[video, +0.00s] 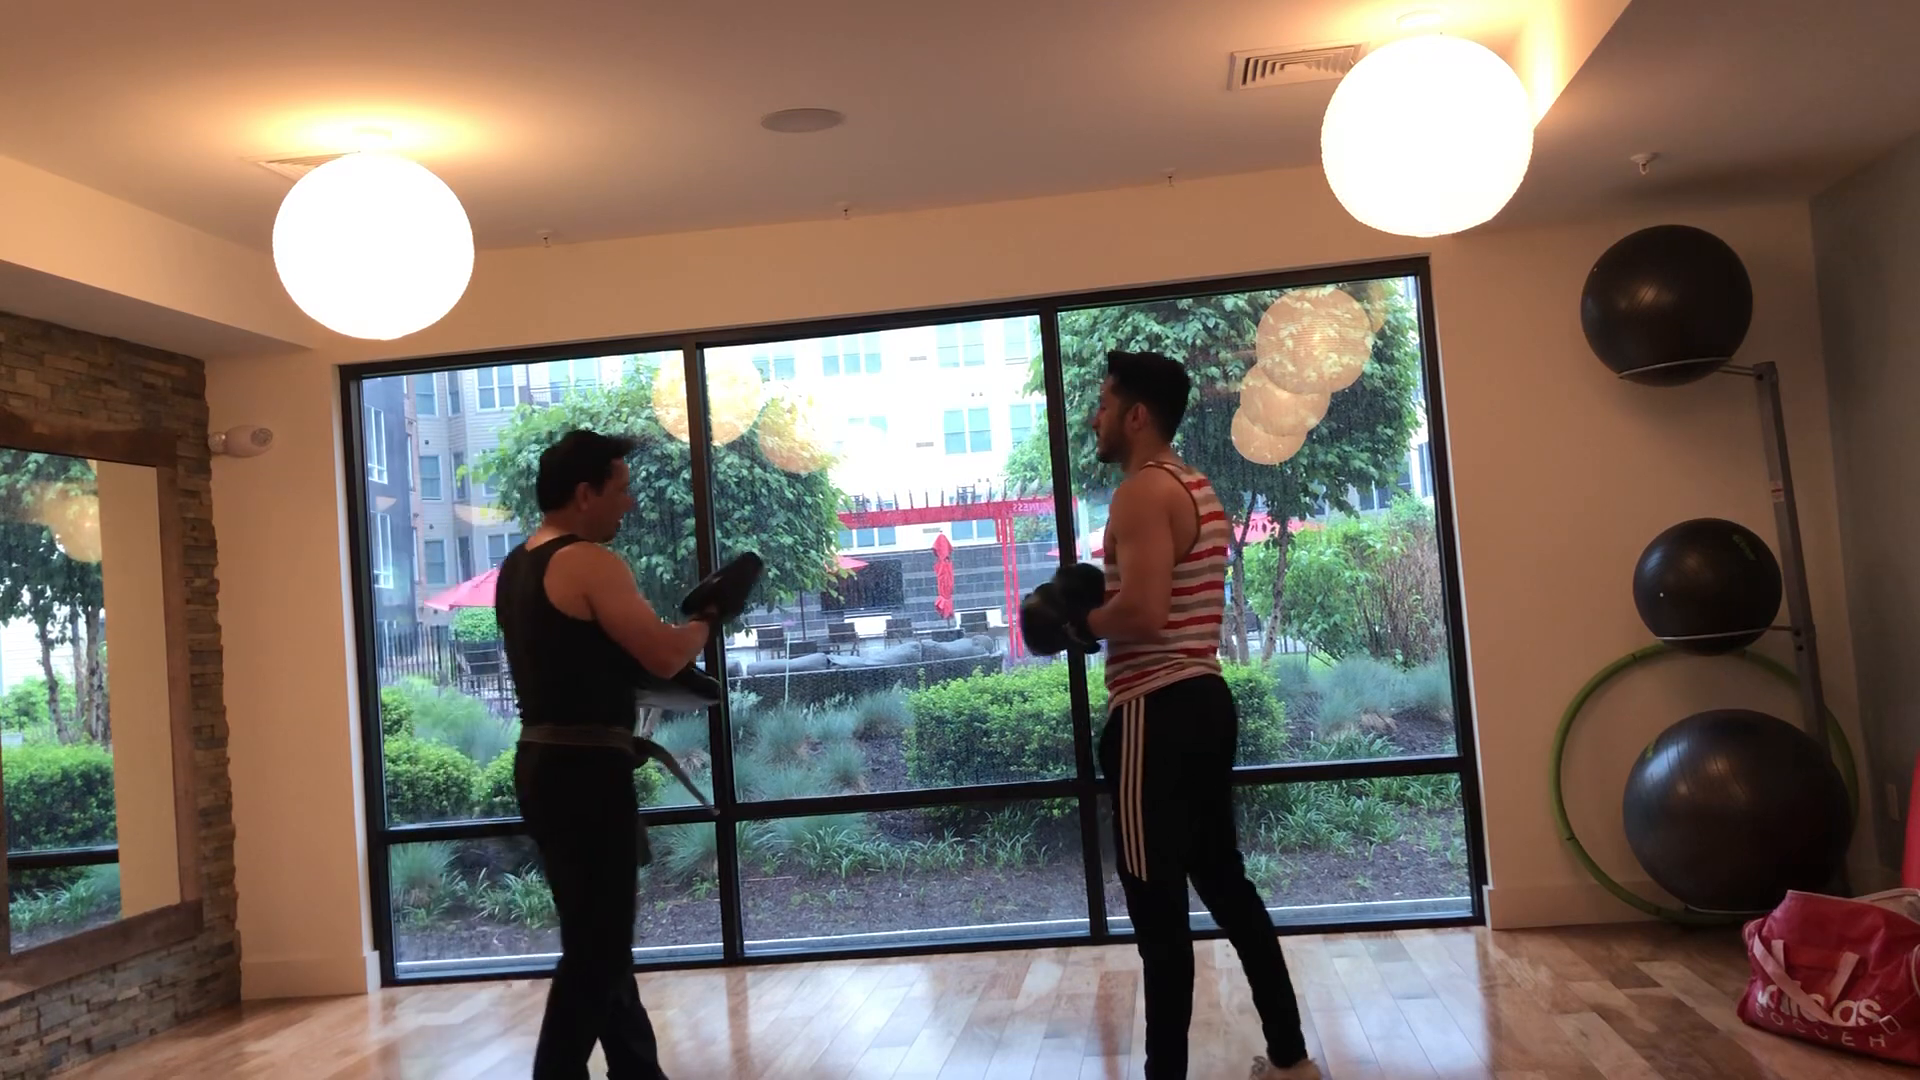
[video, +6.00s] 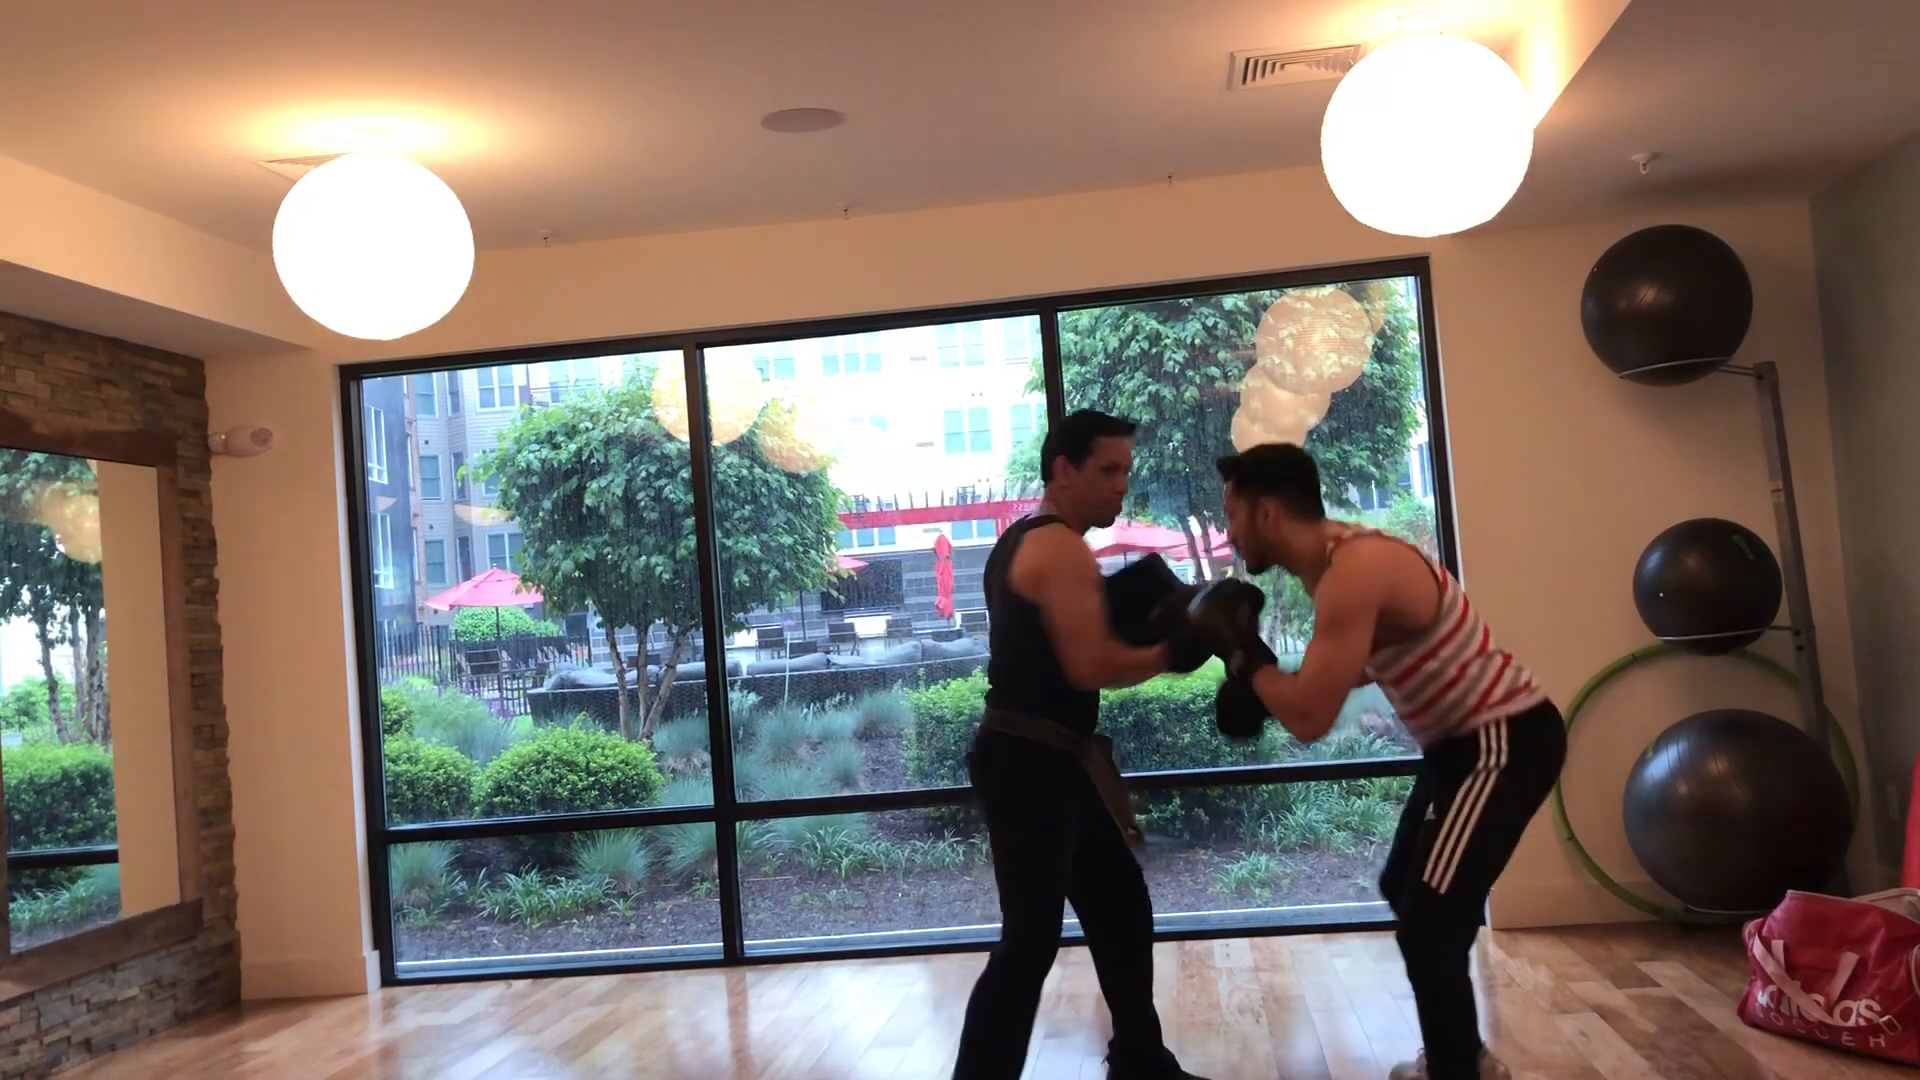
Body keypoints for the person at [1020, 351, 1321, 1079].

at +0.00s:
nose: (1092, 417)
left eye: (1101, 402)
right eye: (1097, 402)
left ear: (1135, 412)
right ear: (1153, 416)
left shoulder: (1143, 492)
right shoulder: (1195, 488)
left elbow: (1142, 613)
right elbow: (1178, 602)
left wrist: (1077, 622)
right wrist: (1102, 589)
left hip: (1154, 709)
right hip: (1205, 699)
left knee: (1153, 901)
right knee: (1222, 880)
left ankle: (1164, 1072)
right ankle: (1288, 1047)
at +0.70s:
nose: (1153, 423)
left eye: (1163, 410)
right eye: (1156, 409)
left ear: (1199, 418)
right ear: (1214, 421)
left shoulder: (1210, 485)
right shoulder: (1264, 484)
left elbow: (1215, 603)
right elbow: (1248, 602)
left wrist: (1157, 615)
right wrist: (1172, 605)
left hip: (1242, 704)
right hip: (1291, 696)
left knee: (1201, 885)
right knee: (1284, 882)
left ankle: (1267, 1056)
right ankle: (1300, 1050)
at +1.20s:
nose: (1197, 404)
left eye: (1212, 392)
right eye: (1201, 391)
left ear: (1256, 404)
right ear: (1248, 406)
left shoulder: (1279, 479)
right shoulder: (1258, 483)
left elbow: (1286, 599)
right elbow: (1267, 599)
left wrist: (1196, 605)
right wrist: (1194, 600)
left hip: (1293, 701)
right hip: (1263, 706)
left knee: (1320, 883)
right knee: (1267, 883)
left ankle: (1362, 1068)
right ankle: (1296, 1057)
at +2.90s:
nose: (1259, 421)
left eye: (1273, 406)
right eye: (1250, 410)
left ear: (1312, 410)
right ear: (1247, 419)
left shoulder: (1342, 478)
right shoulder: (1297, 495)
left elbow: (1407, 580)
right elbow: (1341, 592)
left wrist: (1312, 619)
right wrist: (1279, 619)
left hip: (1375, 698)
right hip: (1340, 702)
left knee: (1364, 883)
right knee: (1364, 882)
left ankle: (1376, 1062)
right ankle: (1401, 1047)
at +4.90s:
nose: (1241, 447)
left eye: (1246, 429)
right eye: (1238, 433)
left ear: (1283, 420)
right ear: (1305, 423)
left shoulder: (1317, 475)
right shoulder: (1366, 469)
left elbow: (1353, 582)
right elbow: (1368, 594)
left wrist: (1269, 602)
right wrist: (1285, 601)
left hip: (1390, 696)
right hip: (1434, 687)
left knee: (1332, 887)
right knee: (1419, 868)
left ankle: (1385, 1067)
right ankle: (1454, 1048)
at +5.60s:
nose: (1236, 529)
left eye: (1239, 511)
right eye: (1231, 514)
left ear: (1283, 498)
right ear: (1292, 498)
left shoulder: (1336, 550)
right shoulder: (1371, 530)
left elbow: (1293, 689)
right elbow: (1370, 664)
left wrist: (1234, 626)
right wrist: (1267, 628)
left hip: (1465, 734)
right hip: (1491, 725)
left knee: (1374, 919)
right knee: (1427, 898)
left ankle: (1423, 1070)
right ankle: (1478, 1048)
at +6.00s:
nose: (1228, 532)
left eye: (1231, 514)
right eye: (1226, 516)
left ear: (1269, 510)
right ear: (1283, 509)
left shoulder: (1359, 569)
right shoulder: (1337, 565)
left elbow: (1307, 717)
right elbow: (1373, 660)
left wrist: (1243, 648)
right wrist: (1270, 686)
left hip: (1505, 736)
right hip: (1461, 739)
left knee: (1432, 910)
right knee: (1406, 887)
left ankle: (1454, 1069)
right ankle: (1458, 1054)